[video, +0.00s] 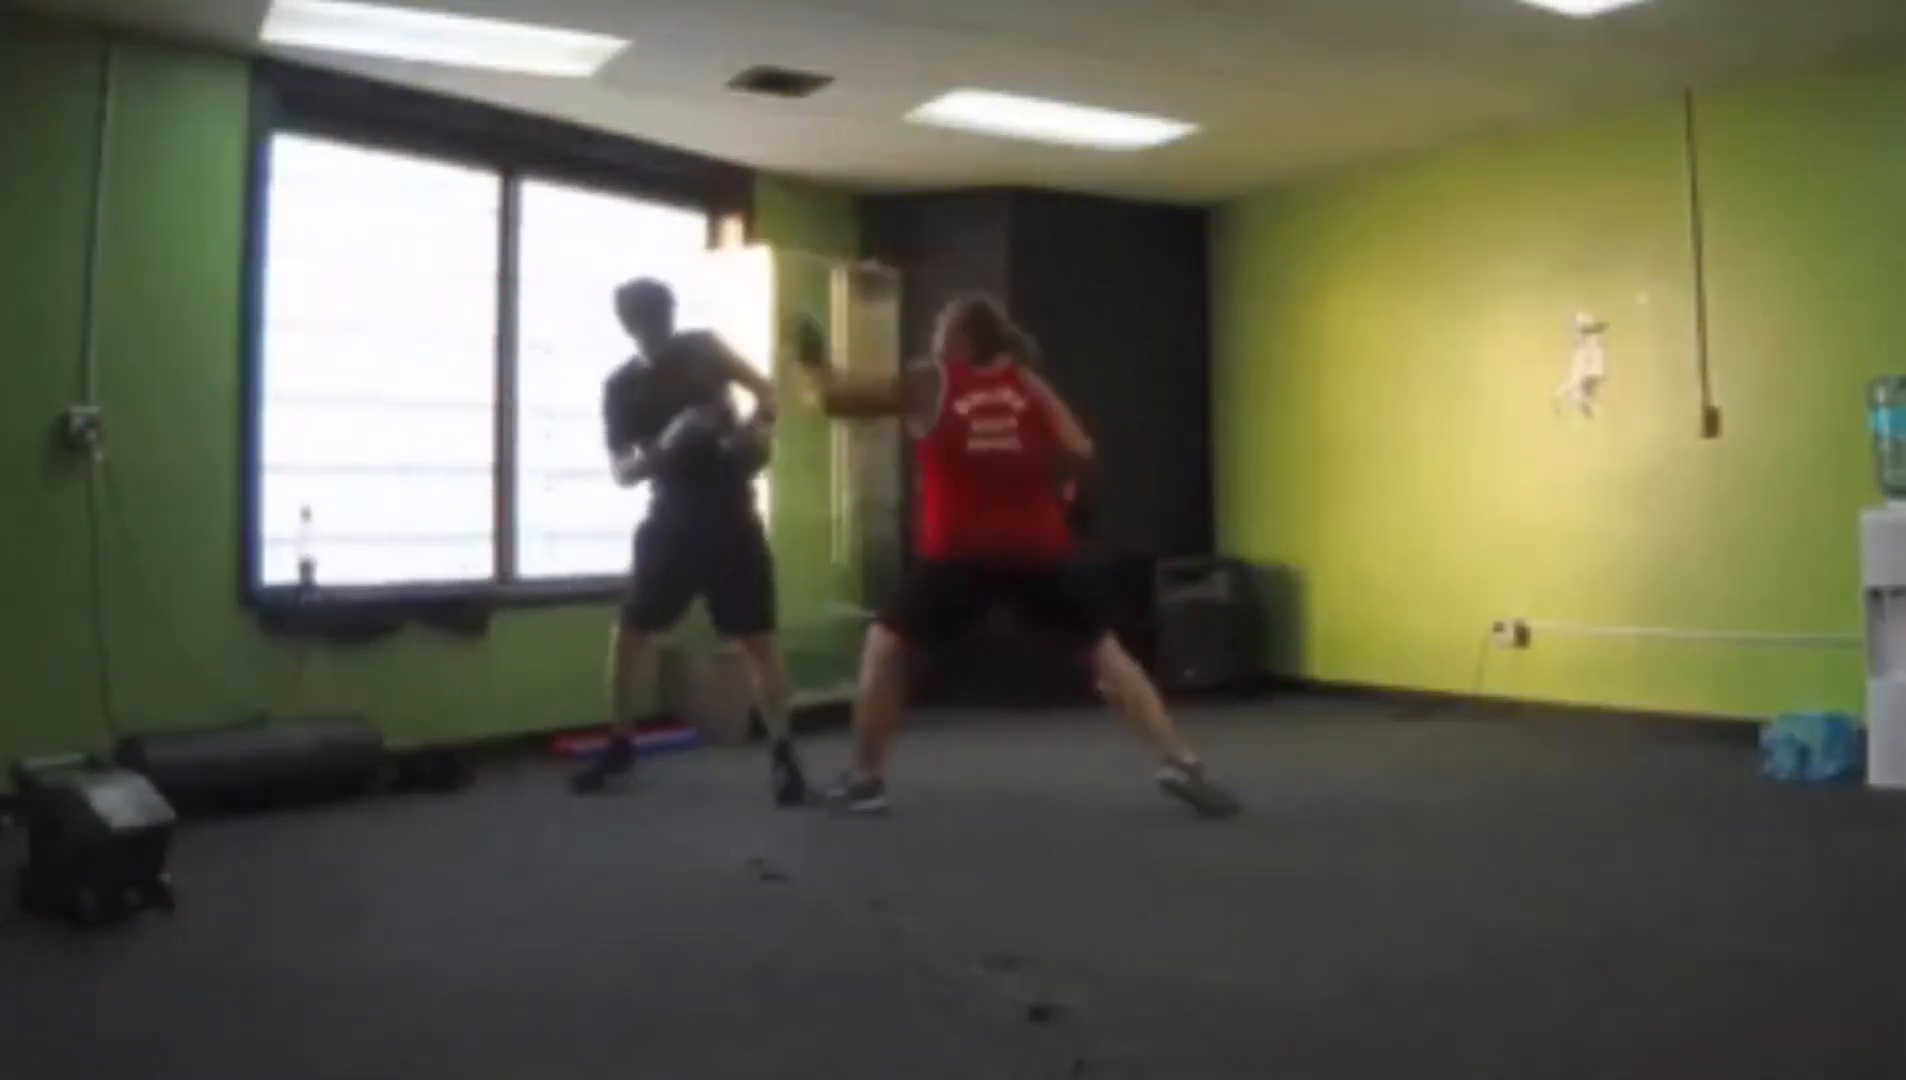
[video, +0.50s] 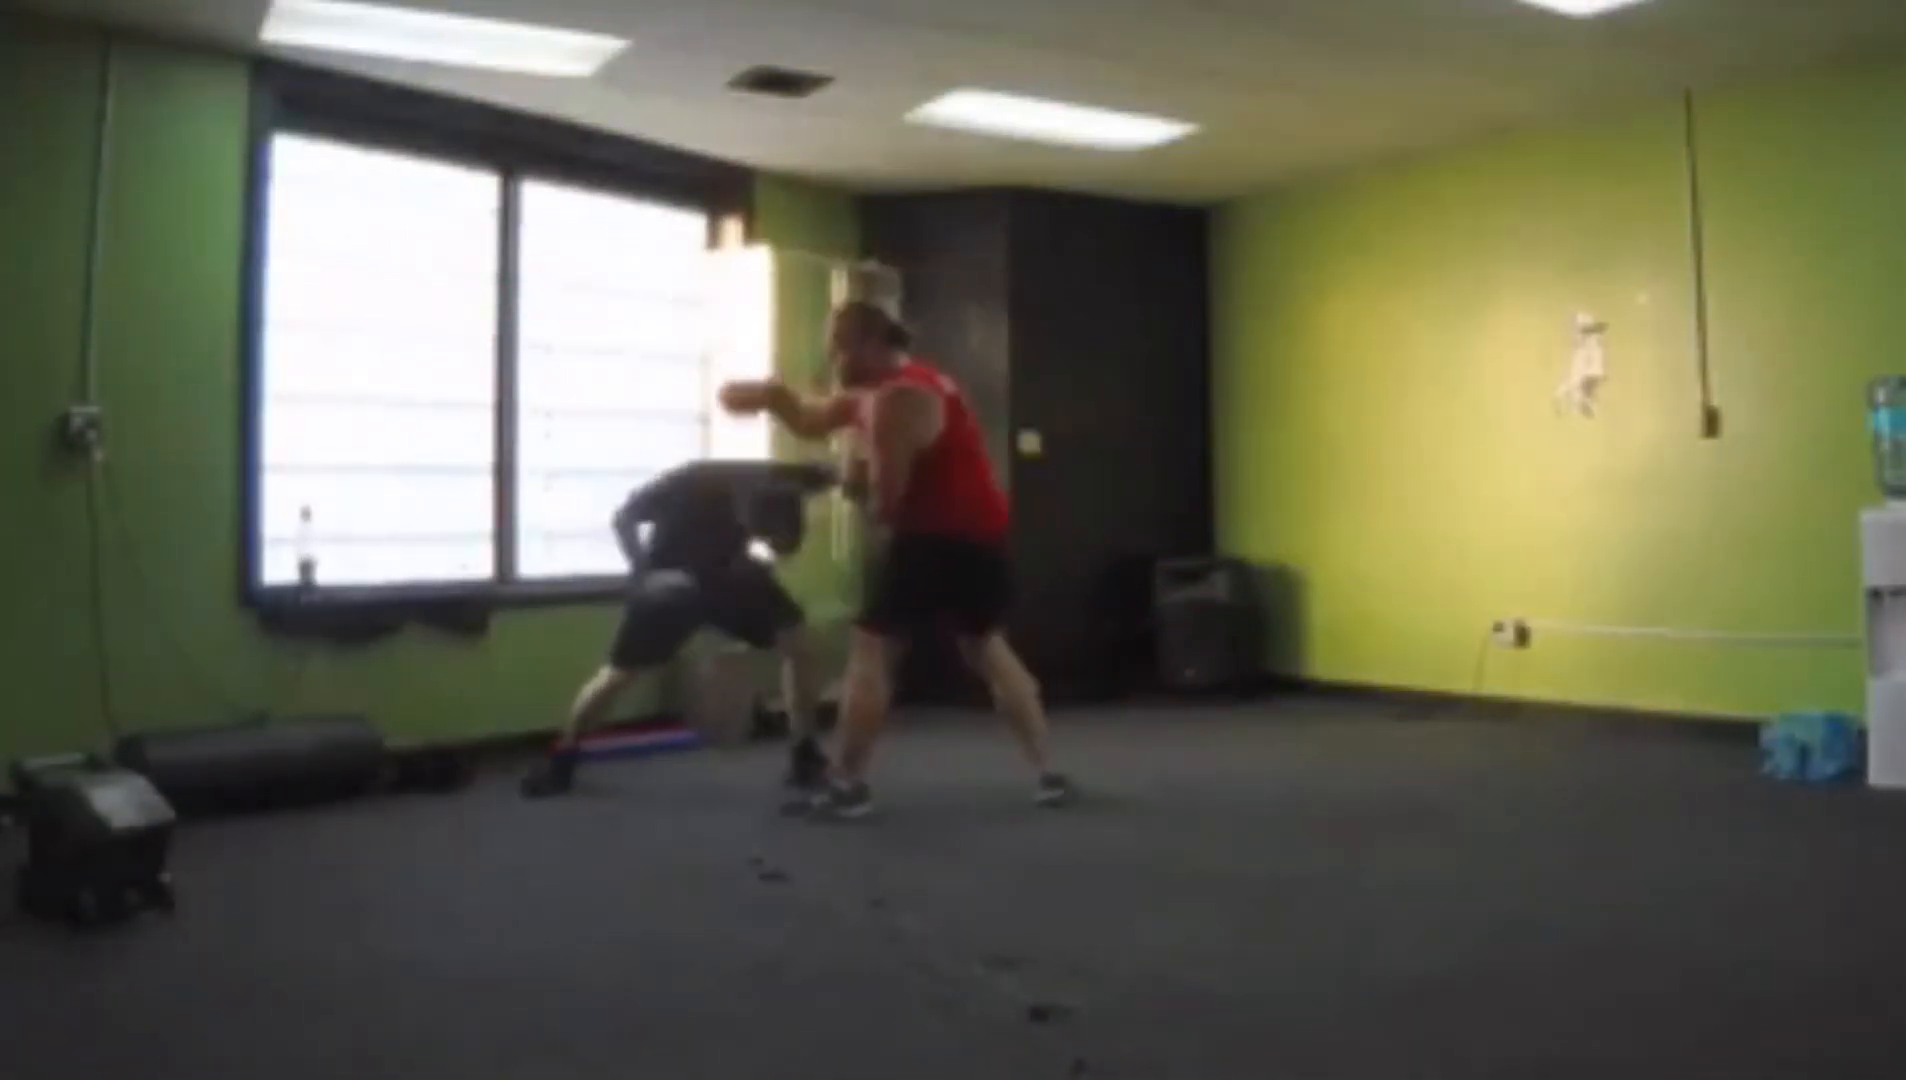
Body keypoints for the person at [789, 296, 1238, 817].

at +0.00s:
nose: (936, 343)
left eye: (942, 334)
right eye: (940, 333)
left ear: (955, 340)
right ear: (998, 342)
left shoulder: (928, 382)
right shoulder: (1028, 385)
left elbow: (838, 398)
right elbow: (1078, 448)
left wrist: (818, 366)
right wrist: (1051, 485)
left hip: (954, 560)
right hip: (1039, 557)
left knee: (884, 644)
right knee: (1103, 653)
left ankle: (866, 777)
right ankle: (1180, 760)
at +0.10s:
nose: (905, 338)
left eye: (909, 331)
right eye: (910, 332)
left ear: (919, 339)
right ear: (969, 340)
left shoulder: (896, 374)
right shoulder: (998, 381)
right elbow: (1062, 438)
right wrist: (1033, 467)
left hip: (931, 554)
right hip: (1014, 552)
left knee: (874, 647)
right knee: (1065, 636)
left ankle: (863, 773)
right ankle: (1123, 750)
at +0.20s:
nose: (898, 326)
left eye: (904, 317)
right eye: (903, 316)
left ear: (915, 325)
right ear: (958, 326)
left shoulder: (887, 372)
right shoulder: (991, 371)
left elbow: (795, 401)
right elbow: (1050, 435)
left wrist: (762, 382)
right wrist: (998, 448)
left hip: (917, 537)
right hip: (997, 536)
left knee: (863, 639)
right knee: (1023, 639)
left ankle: (856, 774)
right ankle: (1061, 764)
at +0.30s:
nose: (885, 330)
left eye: (890, 320)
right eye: (887, 319)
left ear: (903, 324)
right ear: (944, 325)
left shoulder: (888, 374)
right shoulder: (976, 372)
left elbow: (836, 450)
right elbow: (1019, 436)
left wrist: (779, 457)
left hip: (908, 532)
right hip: (983, 532)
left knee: (842, 633)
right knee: (994, 649)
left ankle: (845, 767)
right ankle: (1043, 767)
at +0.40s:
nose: (857, 335)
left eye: (862, 325)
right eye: (859, 324)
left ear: (878, 328)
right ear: (914, 326)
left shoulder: (880, 384)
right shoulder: (951, 373)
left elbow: (860, 475)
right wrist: (854, 388)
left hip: (902, 544)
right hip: (970, 541)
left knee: (847, 647)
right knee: (988, 653)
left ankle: (842, 778)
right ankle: (1043, 768)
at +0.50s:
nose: (834, 357)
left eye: (841, 344)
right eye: (833, 345)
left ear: (871, 343)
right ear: (876, 342)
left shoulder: (902, 396)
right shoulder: (875, 393)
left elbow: (888, 494)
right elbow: (813, 422)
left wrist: (853, 477)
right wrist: (775, 396)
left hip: (928, 538)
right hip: (972, 536)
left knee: (871, 649)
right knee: (989, 648)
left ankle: (847, 780)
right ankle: (1047, 771)